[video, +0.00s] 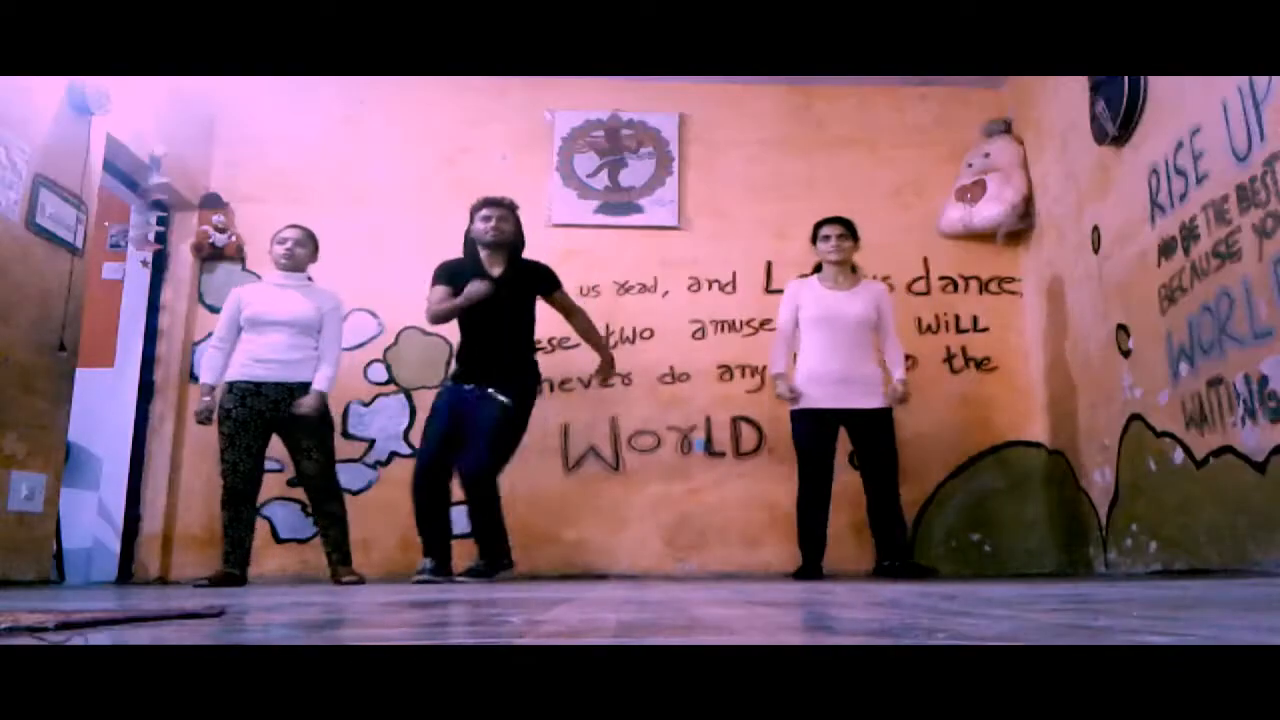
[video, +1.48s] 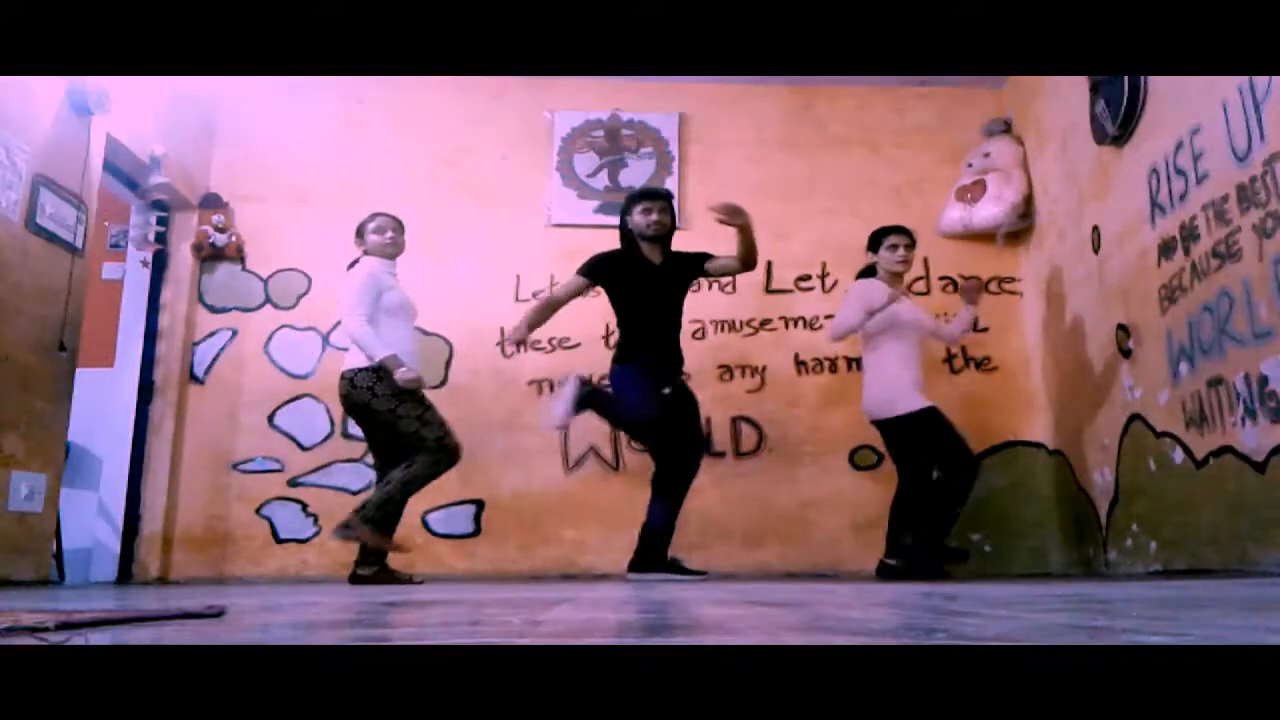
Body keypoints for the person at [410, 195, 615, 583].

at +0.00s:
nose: (493, 224)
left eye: (502, 220)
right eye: (485, 219)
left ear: (517, 232)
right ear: (471, 230)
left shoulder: (533, 275)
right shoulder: (453, 271)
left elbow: (572, 312)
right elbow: (433, 314)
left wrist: (605, 352)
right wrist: (465, 299)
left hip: (512, 384)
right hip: (465, 381)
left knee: (475, 468)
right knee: (429, 470)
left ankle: (495, 557)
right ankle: (436, 560)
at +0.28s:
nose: (501, 200)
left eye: (511, 194)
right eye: (490, 194)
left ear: (528, 206)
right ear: (473, 207)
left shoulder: (545, 256)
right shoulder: (452, 257)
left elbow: (608, 294)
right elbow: (402, 307)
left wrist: (605, 270)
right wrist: (374, 327)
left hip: (503, 390)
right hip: (464, 387)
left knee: (464, 491)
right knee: (535, 476)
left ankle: (389, 594)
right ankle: (509, 593)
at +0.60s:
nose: (550, 198)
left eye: (560, 192)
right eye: (539, 192)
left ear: (574, 205)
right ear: (518, 203)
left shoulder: (585, 261)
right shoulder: (500, 247)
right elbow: (472, 283)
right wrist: (533, 259)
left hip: (563, 385)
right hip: (506, 383)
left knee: (532, 481)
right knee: (471, 480)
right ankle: (489, 594)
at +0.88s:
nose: (590, 194)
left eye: (600, 187)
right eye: (579, 187)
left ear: (614, 199)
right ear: (561, 200)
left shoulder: (630, 250)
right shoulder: (539, 250)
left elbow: (705, 277)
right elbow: (482, 297)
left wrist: (706, 241)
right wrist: (461, 320)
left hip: (589, 380)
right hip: (545, 380)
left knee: (608, 486)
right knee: (607, 484)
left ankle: (555, 588)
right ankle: (562, 591)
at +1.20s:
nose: (637, 219)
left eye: (644, 213)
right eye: (627, 213)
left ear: (655, 221)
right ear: (609, 220)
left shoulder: (663, 270)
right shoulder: (596, 259)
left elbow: (690, 310)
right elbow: (590, 293)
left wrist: (742, 301)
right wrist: (654, 283)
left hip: (651, 380)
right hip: (602, 378)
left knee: (650, 464)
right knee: (563, 456)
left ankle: (683, 556)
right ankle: (568, 544)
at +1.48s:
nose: (655, 217)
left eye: (662, 212)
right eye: (645, 212)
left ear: (672, 221)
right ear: (628, 222)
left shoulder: (683, 264)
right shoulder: (612, 263)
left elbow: (744, 263)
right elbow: (556, 299)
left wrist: (743, 226)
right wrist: (524, 327)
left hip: (670, 378)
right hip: (631, 375)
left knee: (684, 456)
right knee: (654, 435)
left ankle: (650, 554)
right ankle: (590, 397)